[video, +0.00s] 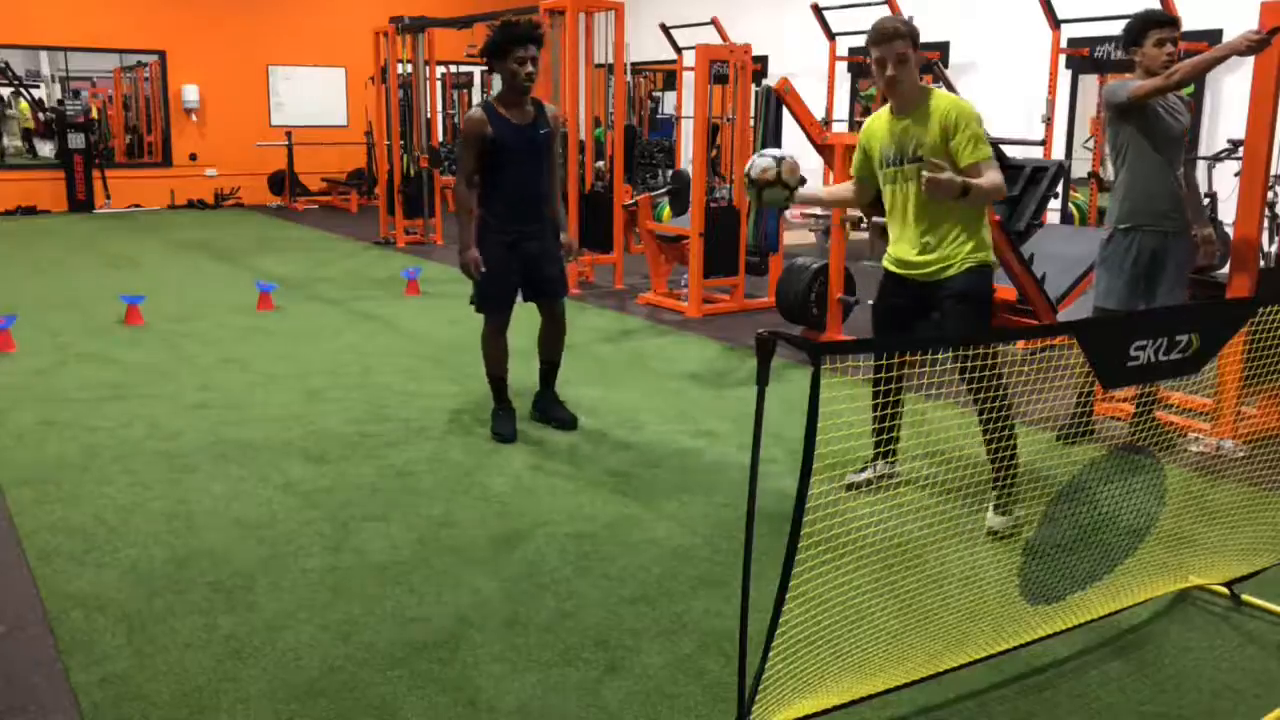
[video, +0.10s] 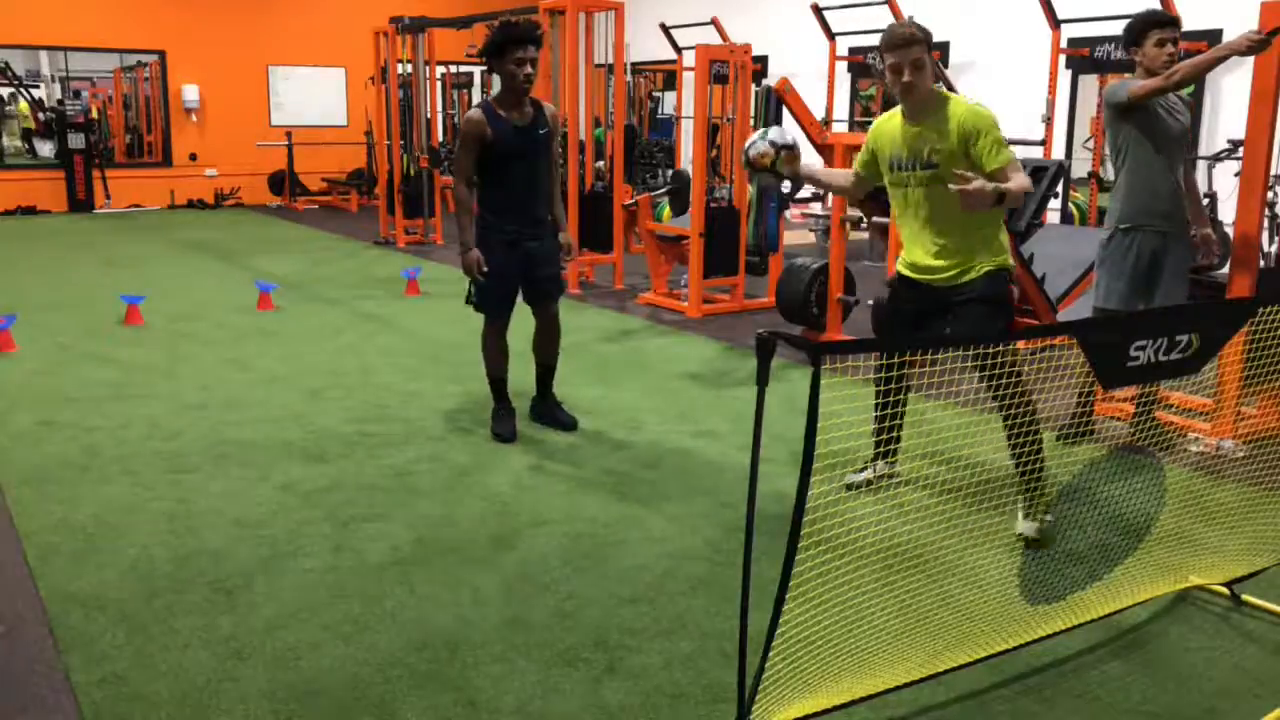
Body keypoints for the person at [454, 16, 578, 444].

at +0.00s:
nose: (527, 69)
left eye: (532, 61)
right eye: (517, 62)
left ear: (538, 65)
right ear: (497, 67)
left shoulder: (547, 118)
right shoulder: (478, 123)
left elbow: (553, 181)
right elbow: (464, 185)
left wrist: (564, 228)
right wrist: (467, 245)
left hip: (541, 237)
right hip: (496, 240)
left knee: (555, 314)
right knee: (495, 324)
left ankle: (547, 396)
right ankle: (502, 406)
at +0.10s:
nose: (526, 71)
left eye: (532, 63)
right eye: (517, 63)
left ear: (538, 66)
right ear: (496, 66)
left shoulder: (546, 116)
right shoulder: (477, 122)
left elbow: (552, 178)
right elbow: (462, 185)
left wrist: (562, 227)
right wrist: (467, 246)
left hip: (540, 238)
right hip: (496, 241)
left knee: (549, 317)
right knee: (496, 325)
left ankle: (545, 400)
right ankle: (502, 406)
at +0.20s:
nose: (527, 72)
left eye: (533, 64)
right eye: (518, 64)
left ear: (539, 67)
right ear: (496, 67)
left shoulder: (547, 117)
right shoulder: (477, 123)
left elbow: (552, 178)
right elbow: (463, 184)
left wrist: (562, 226)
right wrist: (469, 245)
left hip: (539, 236)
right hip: (496, 239)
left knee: (549, 316)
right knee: (496, 324)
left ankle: (546, 400)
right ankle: (502, 405)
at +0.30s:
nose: (530, 75)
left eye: (536, 67)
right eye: (521, 66)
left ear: (542, 68)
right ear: (499, 68)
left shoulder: (549, 119)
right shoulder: (479, 123)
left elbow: (552, 180)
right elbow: (462, 185)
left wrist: (564, 227)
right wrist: (472, 243)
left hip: (540, 238)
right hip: (496, 241)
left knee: (551, 316)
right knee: (495, 325)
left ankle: (549, 398)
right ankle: (502, 405)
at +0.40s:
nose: (535, 77)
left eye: (540, 68)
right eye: (526, 68)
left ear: (546, 70)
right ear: (504, 70)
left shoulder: (552, 120)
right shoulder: (482, 124)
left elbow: (554, 180)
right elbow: (463, 184)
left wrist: (565, 226)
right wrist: (474, 243)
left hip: (541, 239)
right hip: (497, 242)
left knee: (550, 317)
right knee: (496, 325)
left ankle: (550, 398)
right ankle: (502, 406)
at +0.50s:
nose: (540, 78)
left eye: (545, 69)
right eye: (531, 69)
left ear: (551, 72)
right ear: (509, 70)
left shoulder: (556, 121)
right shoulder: (487, 123)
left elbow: (560, 181)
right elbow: (467, 182)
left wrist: (570, 227)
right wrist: (476, 242)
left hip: (544, 240)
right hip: (500, 242)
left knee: (550, 318)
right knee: (498, 325)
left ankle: (551, 398)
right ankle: (502, 406)